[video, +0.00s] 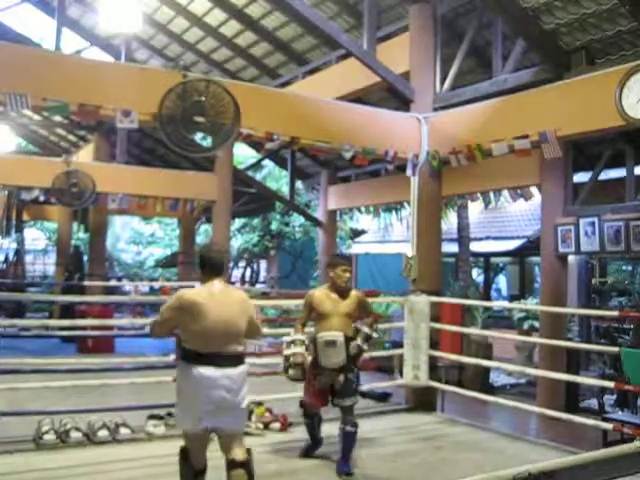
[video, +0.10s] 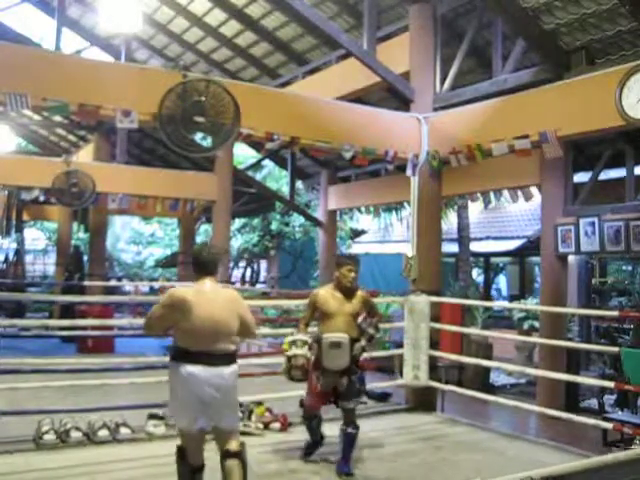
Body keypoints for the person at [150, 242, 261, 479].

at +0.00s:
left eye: (202, 266)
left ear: (200, 268)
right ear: (226, 268)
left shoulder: (186, 298)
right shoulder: (240, 297)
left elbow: (157, 329)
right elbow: (255, 331)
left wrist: (184, 327)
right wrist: (228, 327)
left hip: (196, 373)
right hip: (233, 372)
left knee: (196, 445)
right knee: (235, 442)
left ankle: (196, 475)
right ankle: (239, 473)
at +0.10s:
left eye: (193, 265)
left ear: (193, 267)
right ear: (217, 268)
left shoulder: (178, 296)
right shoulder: (232, 296)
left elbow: (151, 327)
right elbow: (250, 330)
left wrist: (179, 322)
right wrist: (223, 327)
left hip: (188, 371)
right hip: (225, 371)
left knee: (192, 442)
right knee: (229, 437)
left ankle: (194, 475)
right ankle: (235, 475)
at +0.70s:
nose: (182, 268)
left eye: (184, 264)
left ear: (187, 267)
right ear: (212, 267)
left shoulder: (172, 295)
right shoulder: (223, 298)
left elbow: (155, 325)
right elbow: (242, 332)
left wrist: (179, 322)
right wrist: (219, 325)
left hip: (179, 357)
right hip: (213, 357)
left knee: (182, 422)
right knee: (207, 422)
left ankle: (190, 465)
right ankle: (201, 471)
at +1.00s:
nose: (218, 266)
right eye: (217, 263)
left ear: (194, 266)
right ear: (216, 266)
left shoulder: (180, 293)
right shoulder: (228, 295)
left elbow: (158, 320)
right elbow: (243, 331)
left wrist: (181, 315)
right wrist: (222, 323)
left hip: (186, 353)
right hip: (219, 354)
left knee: (177, 412)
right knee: (207, 418)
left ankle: (175, 467)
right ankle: (200, 471)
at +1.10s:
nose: (219, 269)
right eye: (219, 265)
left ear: (195, 266)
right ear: (216, 267)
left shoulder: (180, 292)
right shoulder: (229, 295)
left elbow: (159, 321)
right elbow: (243, 331)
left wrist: (182, 313)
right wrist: (221, 322)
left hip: (186, 353)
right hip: (219, 353)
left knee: (181, 410)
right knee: (208, 414)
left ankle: (177, 465)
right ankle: (200, 469)